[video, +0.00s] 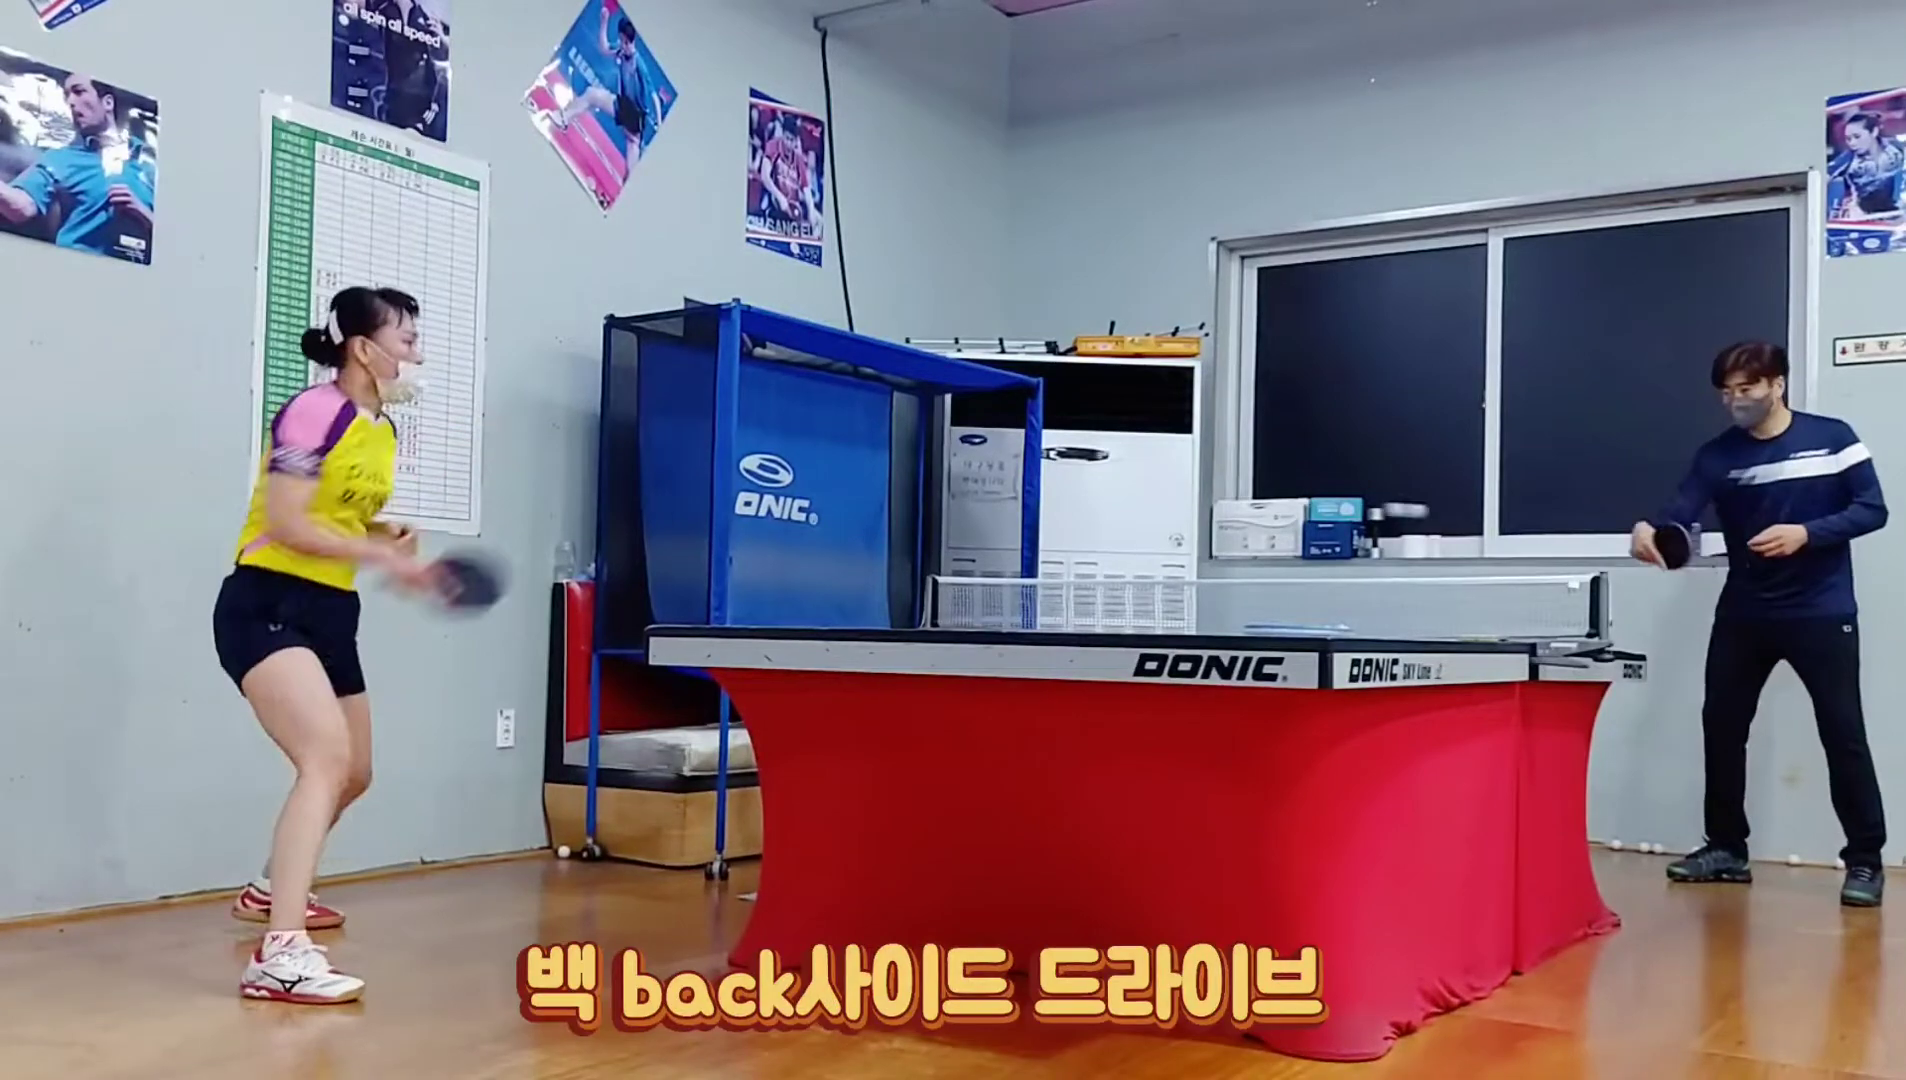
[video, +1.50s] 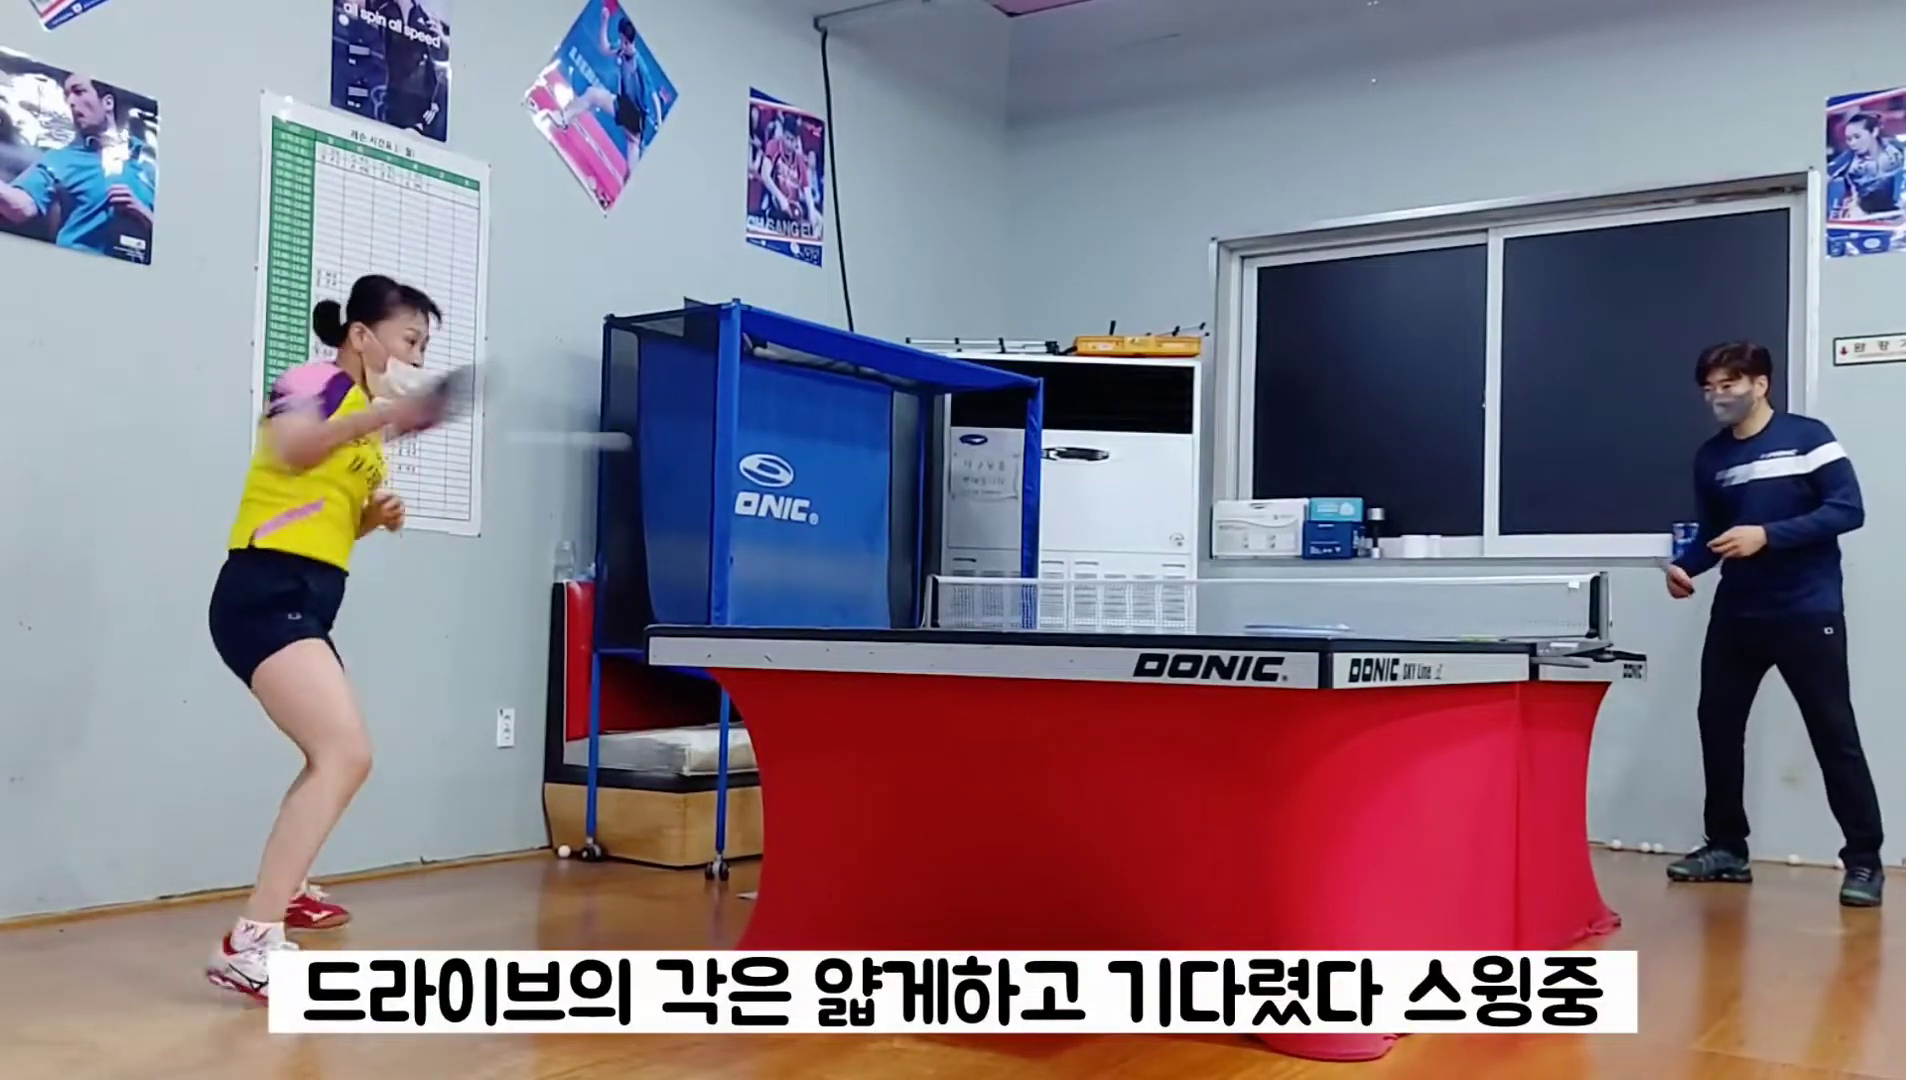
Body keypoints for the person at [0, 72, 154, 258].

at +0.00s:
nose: (70, 101)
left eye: (79, 91)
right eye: (67, 96)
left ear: (108, 102)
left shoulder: (150, 160)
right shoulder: (60, 159)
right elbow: (20, 207)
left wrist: (143, 212)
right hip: (74, 262)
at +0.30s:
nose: (70, 101)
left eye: (79, 91)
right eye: (67, 96)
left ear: (108, 102)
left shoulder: (150, 163)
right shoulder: (60, 159)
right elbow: (20, 207)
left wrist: (144, 213)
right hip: (75, 263)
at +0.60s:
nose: (70, 101)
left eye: (79, 91)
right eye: (67, 95)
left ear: (108, 102)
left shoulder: (150, 162)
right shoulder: (60, 159)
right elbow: (20, 208)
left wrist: (143, 213)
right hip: (74, 263)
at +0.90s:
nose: (70, 101)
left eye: (79, 91)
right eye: (67, 96)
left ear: (108, 102)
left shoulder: (149, 159)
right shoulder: (60, 159)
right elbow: (20, 208)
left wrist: (142, 212)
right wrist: (4, 190)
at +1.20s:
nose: (70, 101)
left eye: (79, 91)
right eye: (67, 96)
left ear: (108, 102)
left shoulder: (150, 161)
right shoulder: (61, 159)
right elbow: (19, 207)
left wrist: (144, 213)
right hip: (75, 261)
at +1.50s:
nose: (71, 101)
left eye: (79, 91)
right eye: (67, 96)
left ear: (108, 102)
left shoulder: (150, 161)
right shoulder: (61, 159)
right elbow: (20, 208)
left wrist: (143, 212)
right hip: (74, 261)